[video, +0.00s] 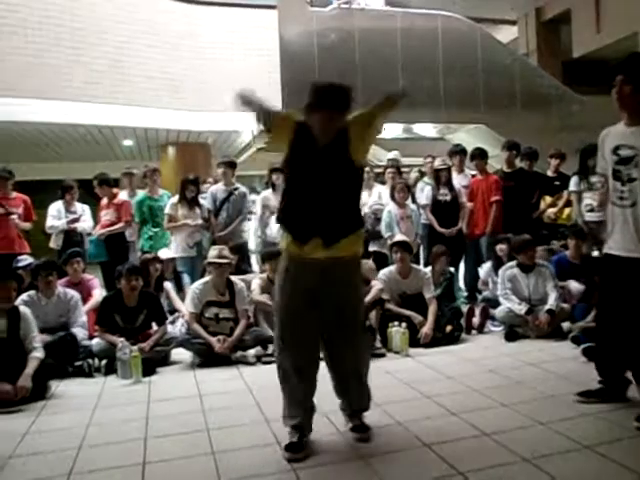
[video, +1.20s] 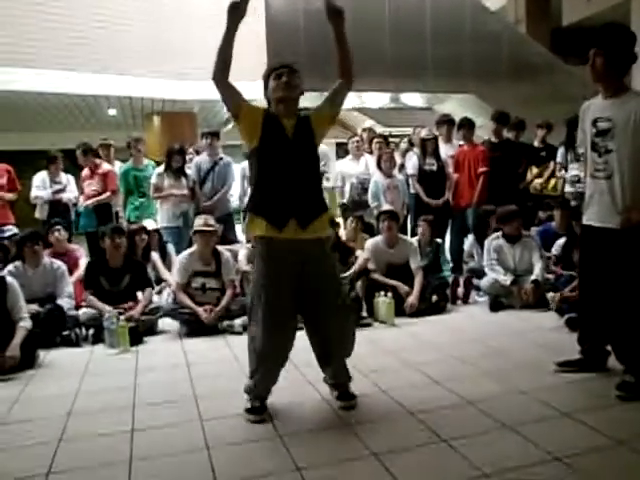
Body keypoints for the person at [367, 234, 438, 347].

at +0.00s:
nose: (400, 256)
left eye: (403, 252)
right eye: (396, 252)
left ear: (410, 254)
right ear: (392, 256)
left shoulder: (422, 274)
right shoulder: (385, 275)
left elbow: (432, 301)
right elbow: (386, 303)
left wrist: (429, 326)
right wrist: (412, 315)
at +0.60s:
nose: (388, 250)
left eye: (392, 246)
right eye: (384, 247)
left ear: (398, 249)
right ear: (379, 250)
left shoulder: (410, 269)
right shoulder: (372, 270)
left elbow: (418, 297)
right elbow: (371, 298)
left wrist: (414, 322)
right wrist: (397, 310)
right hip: (382, 305)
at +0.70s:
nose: (384, 250)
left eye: (388, 246)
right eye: (380, 247)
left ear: (394, 250)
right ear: (376, 250)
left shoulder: (406, 271)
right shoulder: (369, 269)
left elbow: (415, 297)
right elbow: (370, 297)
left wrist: (410, 322)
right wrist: (396, 311)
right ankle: (368, 339)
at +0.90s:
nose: (385, 225)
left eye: (388, 221)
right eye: (381, 222)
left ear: (394, 224)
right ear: (376, 226)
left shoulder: (405, 244)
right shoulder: (369, 244)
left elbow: (415, 272)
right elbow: (370, 273)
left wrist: (411, 296)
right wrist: (395, 286)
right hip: (378, 275)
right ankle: (370, 315)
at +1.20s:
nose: (387, 224)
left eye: (391, 220)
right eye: (383, 221)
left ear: (397, 224)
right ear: (379, 225)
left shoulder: (410, 244)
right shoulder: (371, 245)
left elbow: (418, 272)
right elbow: (372, 272)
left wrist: (414, 296)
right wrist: (397, 285)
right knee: (368, 281)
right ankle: (372, 314)